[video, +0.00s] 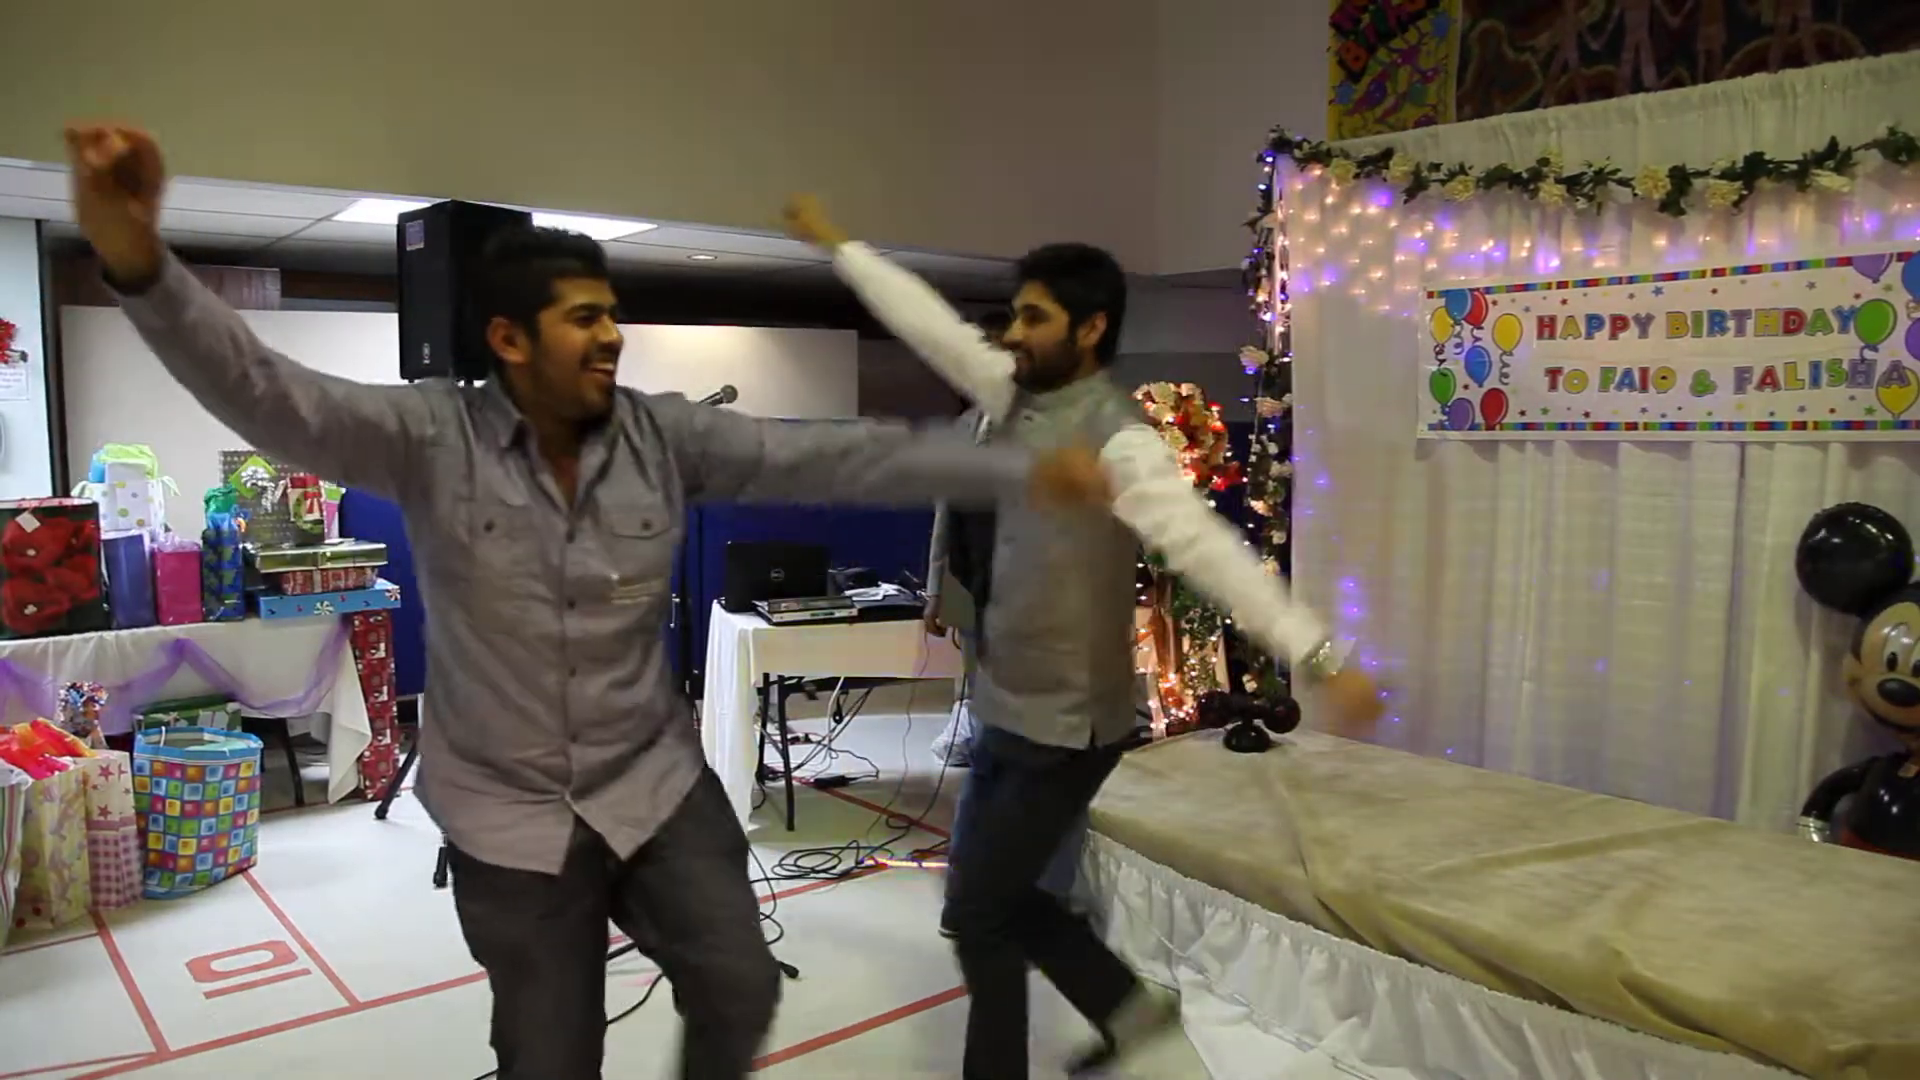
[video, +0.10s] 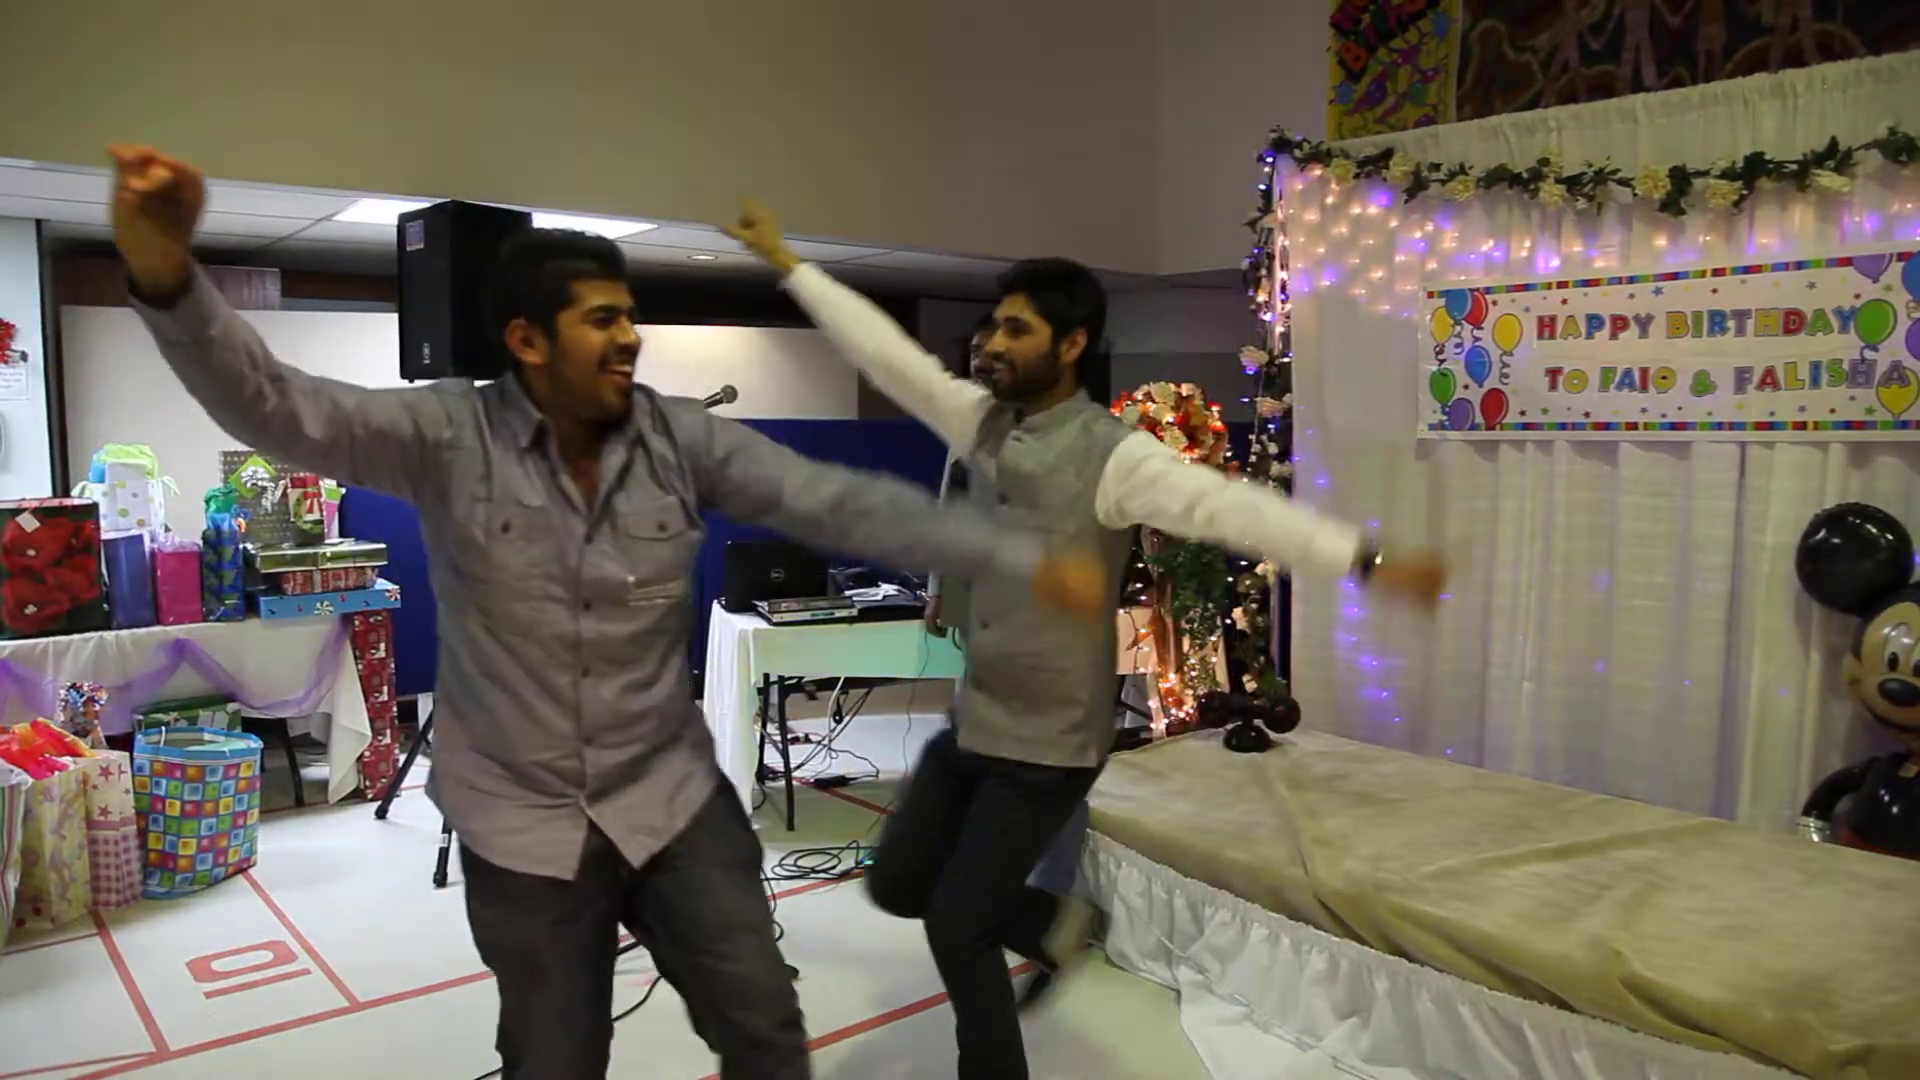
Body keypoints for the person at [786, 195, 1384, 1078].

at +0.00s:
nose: (1012, 333)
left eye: (1033, 318)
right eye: (1014, 316)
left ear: (1091, 329)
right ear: (1024, 326)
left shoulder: (1118, 440)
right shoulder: (1014, 400)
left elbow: (1200, 546)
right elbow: (929, 326)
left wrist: (1316, 655)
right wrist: (838, 243)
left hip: (1071, 721)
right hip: (1006, 704)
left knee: (980, 915)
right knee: (990, 892)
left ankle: (993, 1070)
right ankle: (1131, 1010)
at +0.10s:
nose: (990, 342)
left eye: (1014, 330)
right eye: (991, 327)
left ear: (1071, 349)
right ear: (992, 335)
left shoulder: (1116, 457)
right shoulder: (984, 427)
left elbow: (1224, 505)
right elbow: (889, 357)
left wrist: (1364, 556)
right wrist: (788, 265)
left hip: (1053, 744)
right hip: (975, 724)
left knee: (961, 926)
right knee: (898, 886)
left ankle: (995, 1074)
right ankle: (1045, 922)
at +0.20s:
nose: (981, 341)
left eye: (1003, 326)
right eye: (979, 325)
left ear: (1060, 342)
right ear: (982, 338)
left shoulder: (1103, 448)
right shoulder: (954, 424)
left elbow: (1234, 460)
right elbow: (850, 355)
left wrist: (1372, 465)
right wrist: (745, 265)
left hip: (1039, 743)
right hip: (943, 715)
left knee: (962, 931)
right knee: (862, 875)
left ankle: (994, 1066)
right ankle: (966, 928)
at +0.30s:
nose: (963, 329)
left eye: (984, 313)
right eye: (958, 313)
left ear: (1039, 325)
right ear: (957, 325)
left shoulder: (1087, 431)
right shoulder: (927, 414)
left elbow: (1220, 419)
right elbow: (811, 344)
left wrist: (1375, 402)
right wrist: (694, 250)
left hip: (1026, 731)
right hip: (923, 709)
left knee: (966, 929)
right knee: (867, 886)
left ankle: (981, 1071)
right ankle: (914, 960)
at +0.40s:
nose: (943, 340)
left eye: (964, 323)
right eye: (935, 323)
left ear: (1018, 335)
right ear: (928, 337)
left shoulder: (1076, 442)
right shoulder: (898, 428)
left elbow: (1211, 411)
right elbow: (781, 358)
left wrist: (1353, 366)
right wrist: (666, 255)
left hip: (1010, 748)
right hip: (901, 741)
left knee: (967, 959)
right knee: (880, 948)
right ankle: (855, 1074)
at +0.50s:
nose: (921, 344)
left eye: (940, 327)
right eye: (912, 329)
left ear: (991, 337)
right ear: (908, 344)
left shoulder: (1050, 439)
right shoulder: (877, 436)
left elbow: (1174, 406)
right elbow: (759, 360)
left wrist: (1308, 337)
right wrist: (656, 251)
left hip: (999, 746)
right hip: (888, 746)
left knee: (974, 964)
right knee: (898, 953)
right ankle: (839, 1071)